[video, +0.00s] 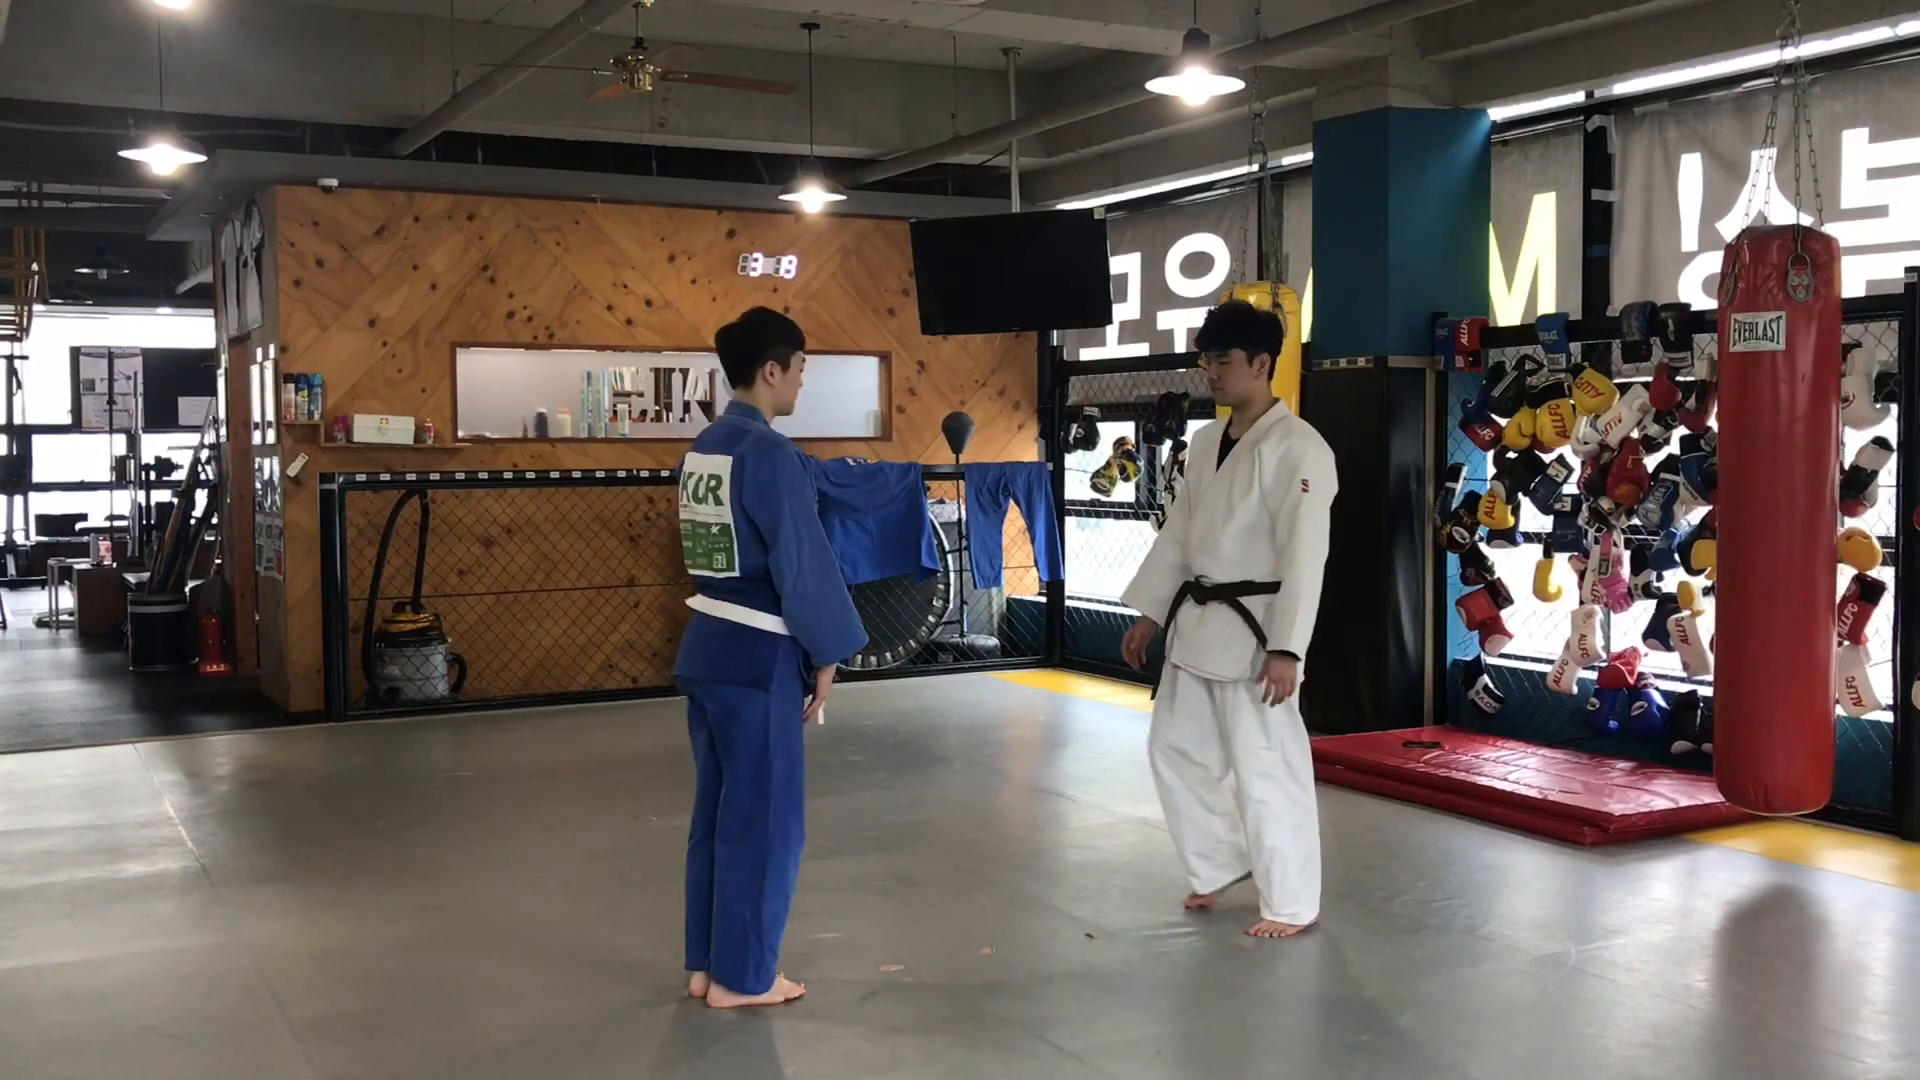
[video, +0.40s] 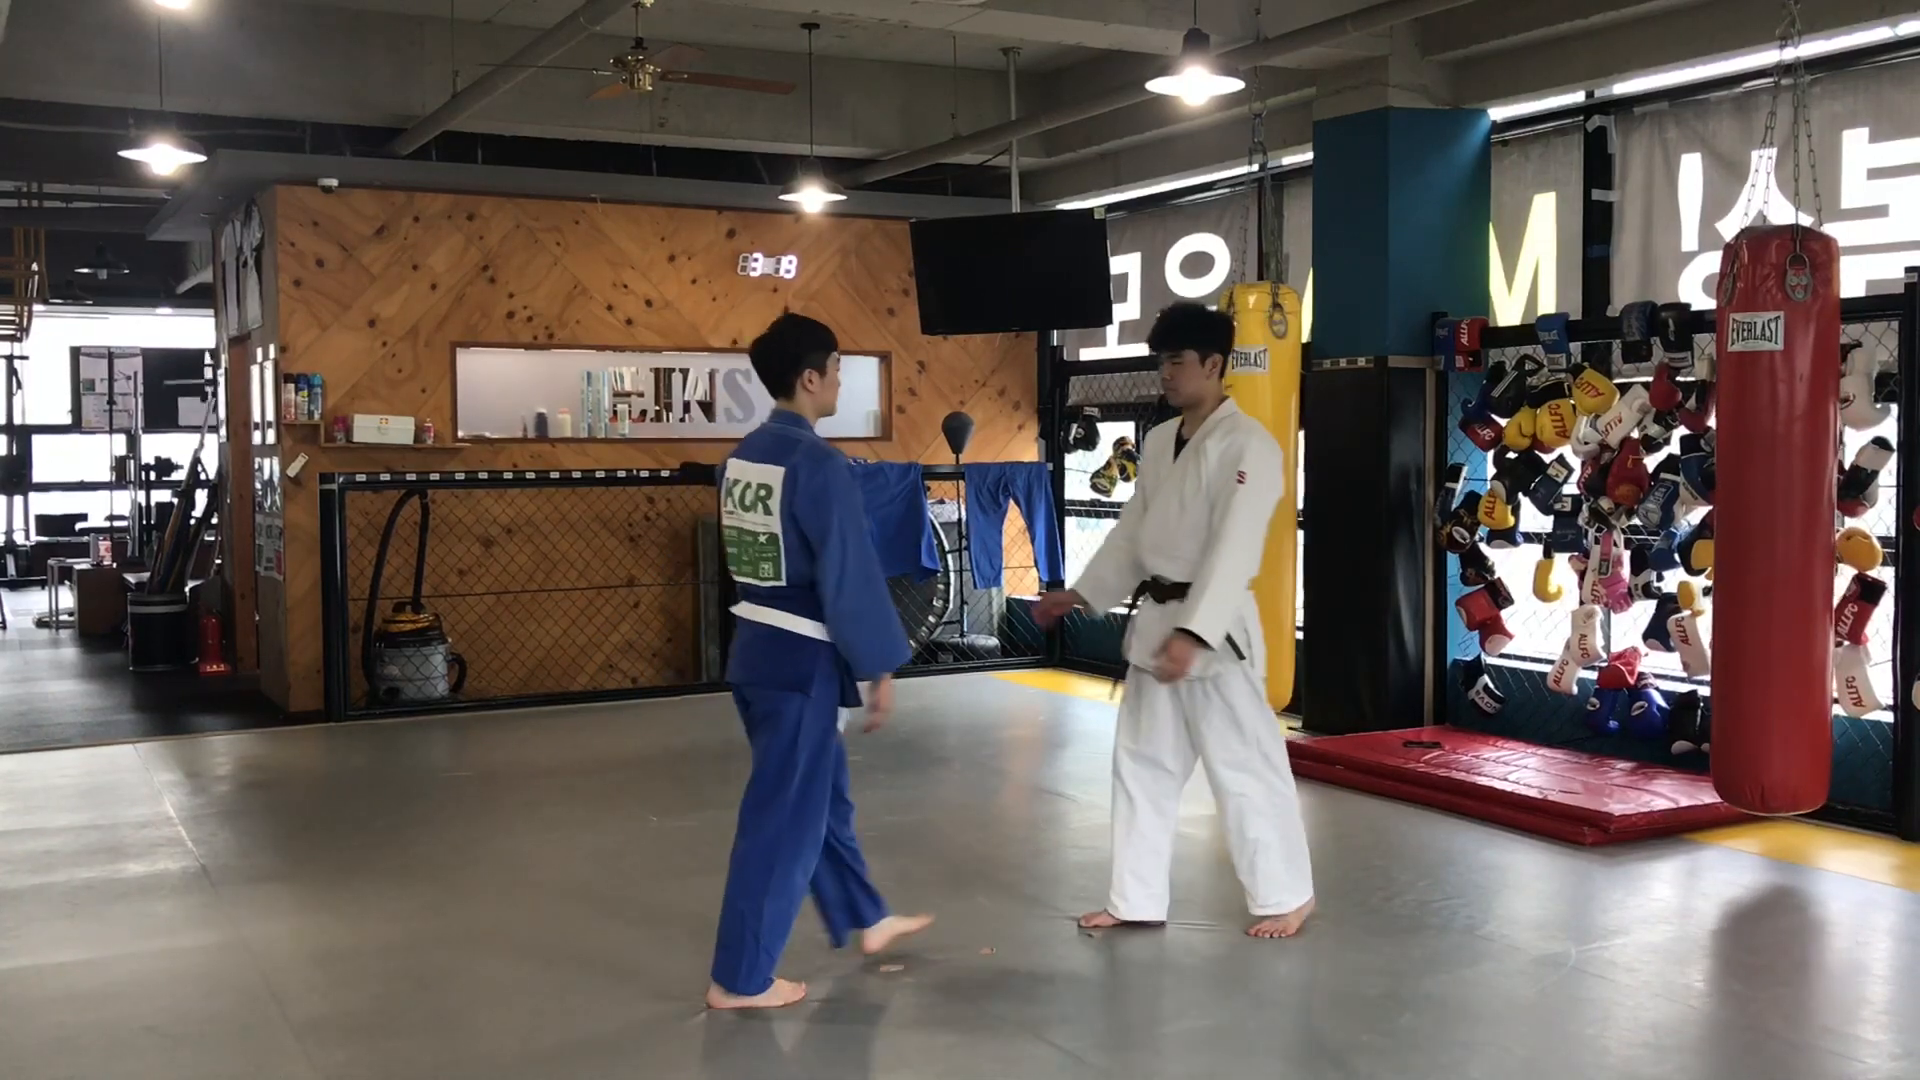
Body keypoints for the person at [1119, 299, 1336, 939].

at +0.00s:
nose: (1209, 370)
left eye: (1222, 359)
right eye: (1207, 359)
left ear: (1262, 363)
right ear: (1210, 365)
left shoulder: (1301, 449)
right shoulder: (1204, 442)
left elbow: (1306, 555)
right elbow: (1177, 533)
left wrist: (1288, 647)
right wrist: (1148, 610)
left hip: (1256, 632)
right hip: (1194, 625)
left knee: (1269, 768)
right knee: (1176, 747)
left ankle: (1294, 904)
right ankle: (1221, 863)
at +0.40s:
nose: (1166, 375)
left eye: (1178, 362)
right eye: (1162, 363)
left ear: (1215, 365)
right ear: (1163, 367)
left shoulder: (1251, 446)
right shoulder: (1159, 442)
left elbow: (1238, 549)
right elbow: (1132, 531)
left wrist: (1195, 632)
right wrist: (1078, 593)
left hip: (1214, 620)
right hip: (1152, 616)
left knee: (1245, 766)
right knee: (1144, 765)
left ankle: (1288, 896)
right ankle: (1138, 901)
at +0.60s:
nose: (1136, 370)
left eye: (1149, 358)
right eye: (1134, 359)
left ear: (1190, 361)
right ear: (1139, 363)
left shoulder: (1216, 443)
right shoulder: (1130, 441)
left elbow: (1198, 539)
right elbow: (1090, 518)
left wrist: (1133, 598)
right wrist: (1027, 550)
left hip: (1184, 620)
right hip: (1125, 617)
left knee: (1207, 761)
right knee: (1125, 765)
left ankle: (1271, 876)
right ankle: (1137, 901)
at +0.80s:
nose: (1123, 368)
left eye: (1136, 357)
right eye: (1120, 356)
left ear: (1174, 359)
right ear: (1121, 359)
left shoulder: (1203, 441)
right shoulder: (1108, 430)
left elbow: (1169, 513)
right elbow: (1064, 498)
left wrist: (1091, 543)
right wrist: (992, 492)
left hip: (1170, 612)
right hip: (1114, 610)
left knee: (1167, 766)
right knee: (1114, 766)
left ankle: (1207, 912)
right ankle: (1136, 901)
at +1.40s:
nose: (1115, 367)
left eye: (1128, 356)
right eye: (1112, 355)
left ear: (1168, 359)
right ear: (1114, 359)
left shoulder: (1197, 440)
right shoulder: (1094, 426)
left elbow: (1173, 510)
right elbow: (1029, 468)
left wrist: (1090, 490)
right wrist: (965, 454)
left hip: (1150, 619)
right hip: (1091, 616)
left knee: (1151, 781)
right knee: (1102, 775)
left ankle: (1168, 930)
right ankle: (1125, 903)